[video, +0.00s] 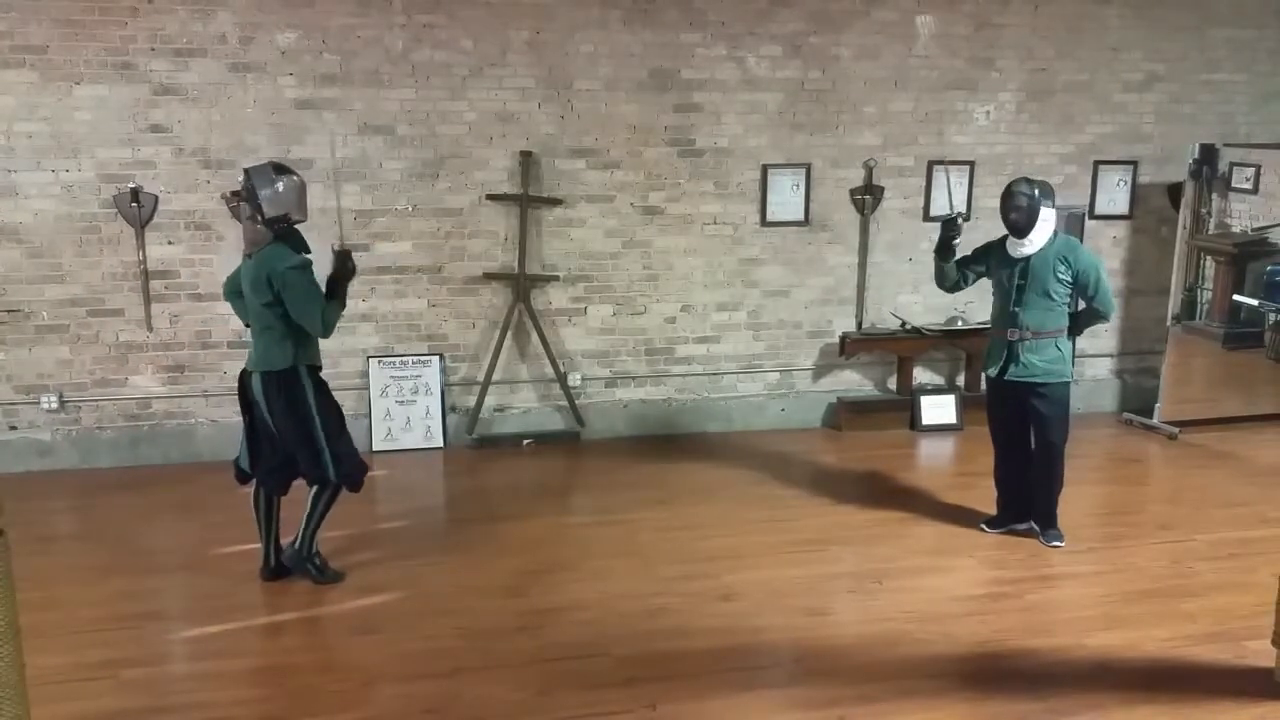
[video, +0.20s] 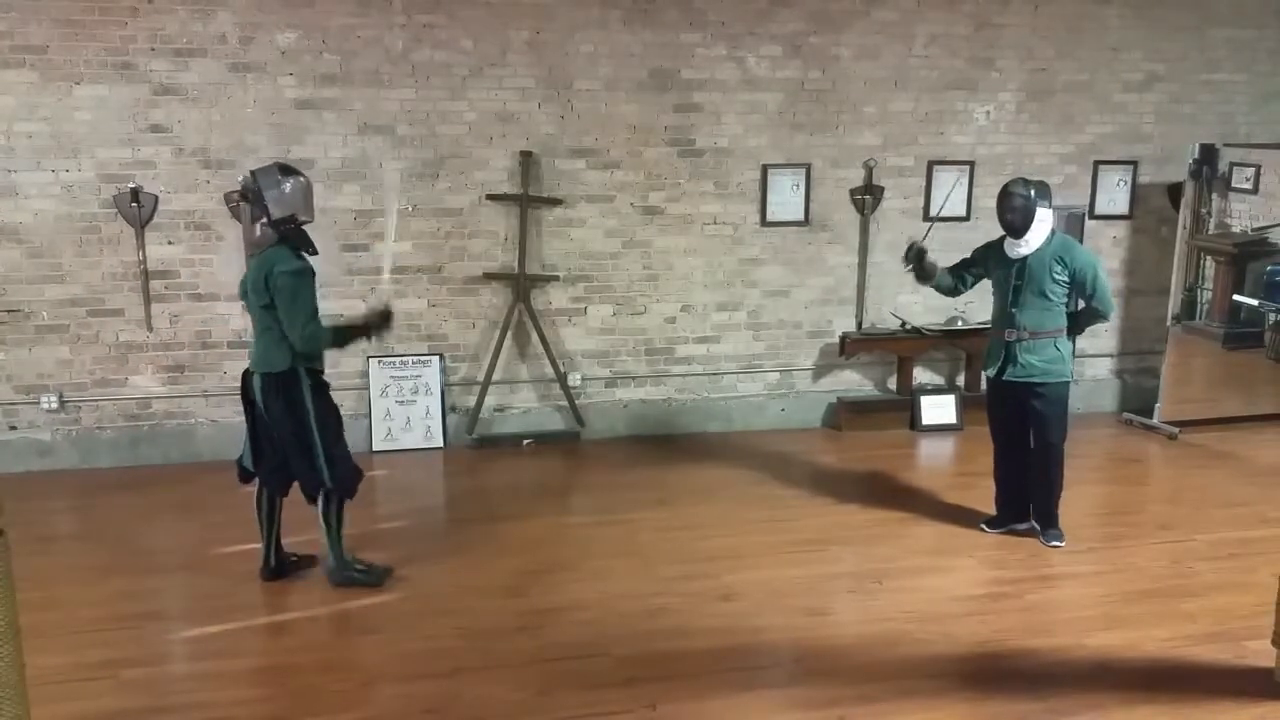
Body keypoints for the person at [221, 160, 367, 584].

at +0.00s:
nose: (300, 206)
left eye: (243, 208)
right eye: (294, 200)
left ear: (257, 215)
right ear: (286, 210)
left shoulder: (257, 258)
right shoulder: (287, 261)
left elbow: (231, 288)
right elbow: (323, 323)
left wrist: (261, 325)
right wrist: (339, 280)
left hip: (258, 376)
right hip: (293, 377)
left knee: (268, 467)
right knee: (337, 467)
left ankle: (271, 557)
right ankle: (304, 548)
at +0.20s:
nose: (308, 207)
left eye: (304, 199)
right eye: (301, 200)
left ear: (264, 212)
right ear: (290, 208)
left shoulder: (260, 263)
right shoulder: (290, 266)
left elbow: (272, 331)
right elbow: (306, 338)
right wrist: (363, 328)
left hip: (263, 378)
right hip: (295, 379)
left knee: (274, 469)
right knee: (335, 470)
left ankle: (272, 557)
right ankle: (339, 562)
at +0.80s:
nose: (331, 201)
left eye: (328, 192)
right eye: (322, 194)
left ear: (297, 202)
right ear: (307, 200)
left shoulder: (325, 248)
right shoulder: (300, 260)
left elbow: (341, 323)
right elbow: (309, 334)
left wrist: (362, 376)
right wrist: (319, 402)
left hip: (348, 377)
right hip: (332, 381)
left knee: (322, 462)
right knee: (354, 471)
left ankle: (282, 532)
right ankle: (354, 564)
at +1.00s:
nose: (336, 203)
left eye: (334, 194)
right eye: (327, 196)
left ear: (300, 202)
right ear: (311, 202)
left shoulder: (331, 249)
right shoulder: (304, 261)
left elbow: (347, 323)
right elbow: (311, 337)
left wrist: (366, 376)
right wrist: (321, 405)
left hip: (353, 378)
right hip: (335, 382)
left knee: (322, 461)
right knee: (357, 473)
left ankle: (282, 532)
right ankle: (355, 565)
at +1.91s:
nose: (354, 205)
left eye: (350, 198)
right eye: (349, 199)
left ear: (311, 208)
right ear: (340, 204)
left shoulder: (310, 254)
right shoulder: (333, 251)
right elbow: (388, 253)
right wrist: (460, 240)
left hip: (310, 376)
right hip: (337, 378)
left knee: (283, 461)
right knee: (361, 474)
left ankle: (239, 540)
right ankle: (355, 566)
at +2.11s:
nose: (350, 211)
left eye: (348, 203)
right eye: (344, 204)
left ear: (306, 210)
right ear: (332, 206)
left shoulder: (303, 252)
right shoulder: (324, 248)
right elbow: (373, 224)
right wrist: (431, 192)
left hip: (305, 375)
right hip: (332, 375)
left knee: (275, 461)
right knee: (360, 471)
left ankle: (234, 542)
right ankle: (355, 565)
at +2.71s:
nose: (347, 211)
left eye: (346, 204)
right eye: (343, 204)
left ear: (304, 213)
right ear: (329, 208)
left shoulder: (298, 252)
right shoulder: (323, 245)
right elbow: (369, 216)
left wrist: (415, 184)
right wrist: (423, 179)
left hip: (301, 375)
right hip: (328, 373)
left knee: (270, 462)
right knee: (356, 473)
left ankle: (230, 544)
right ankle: (354, 567)